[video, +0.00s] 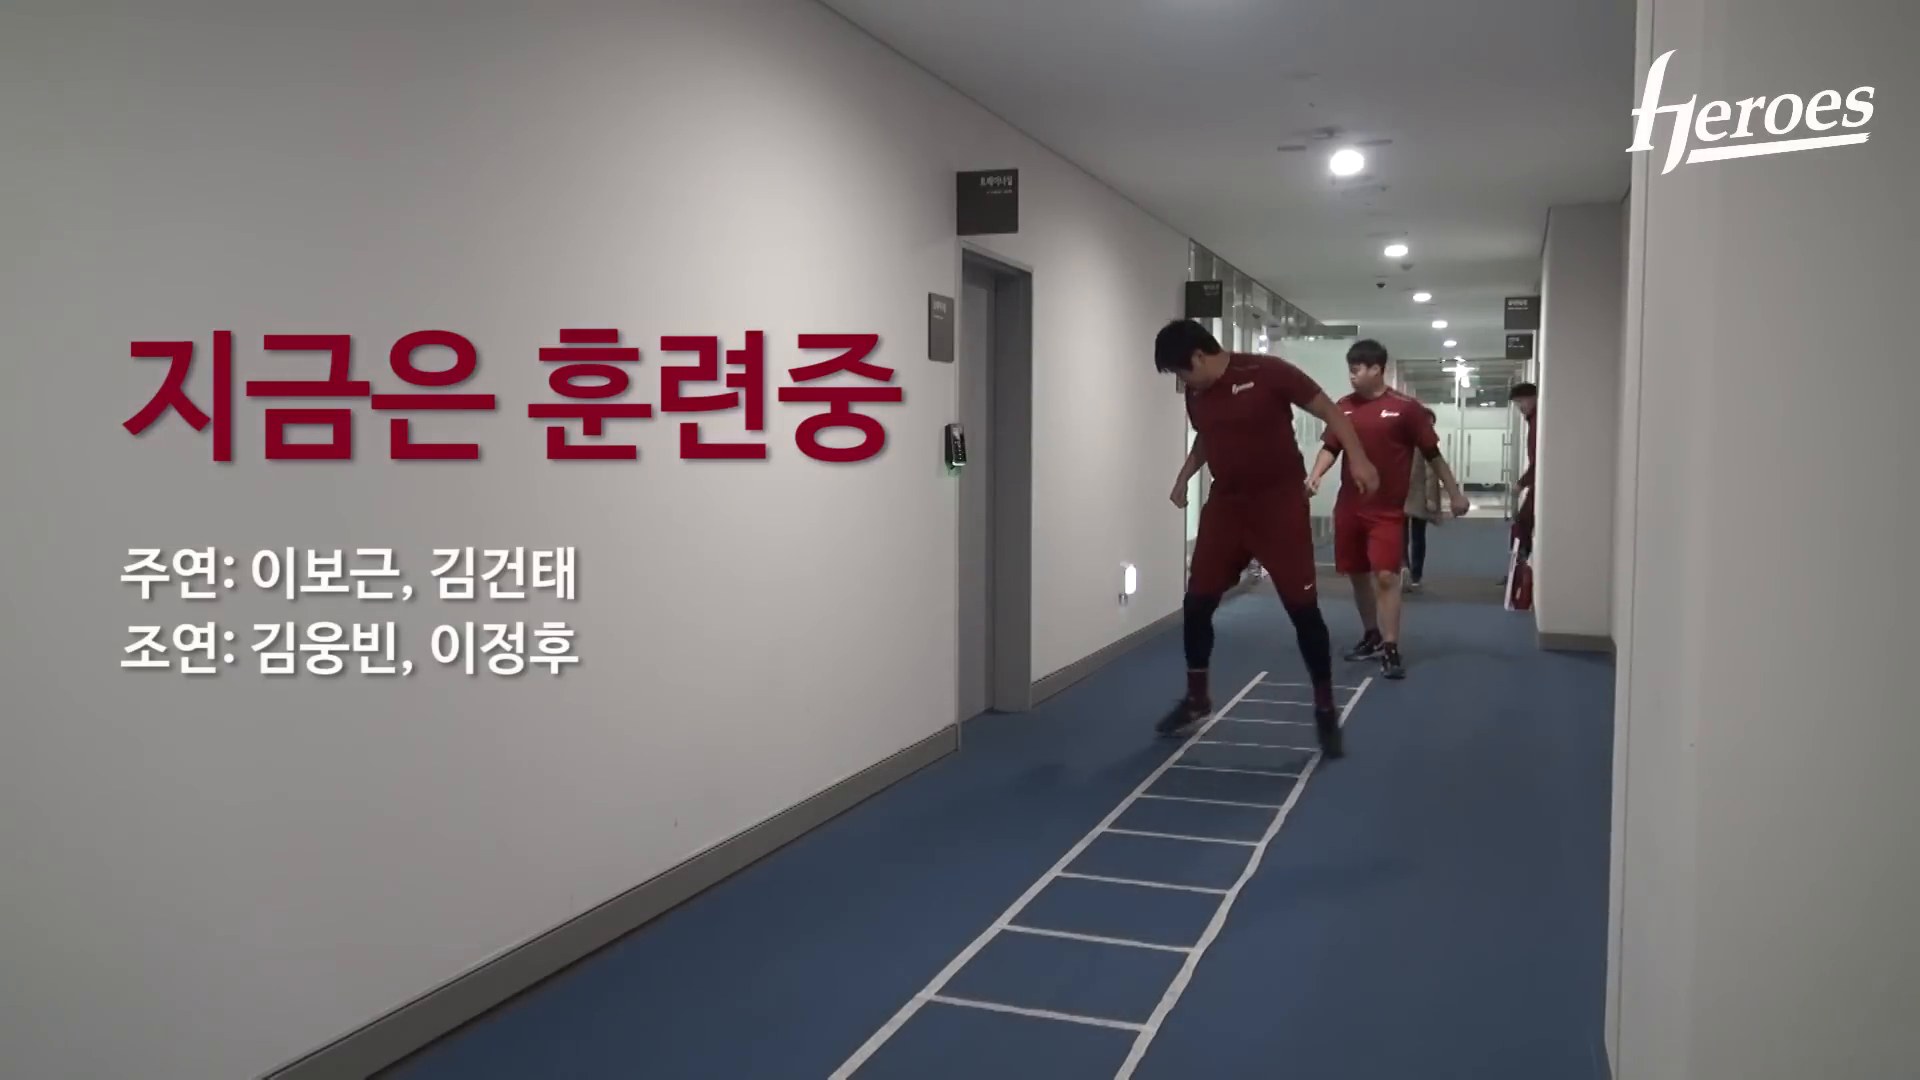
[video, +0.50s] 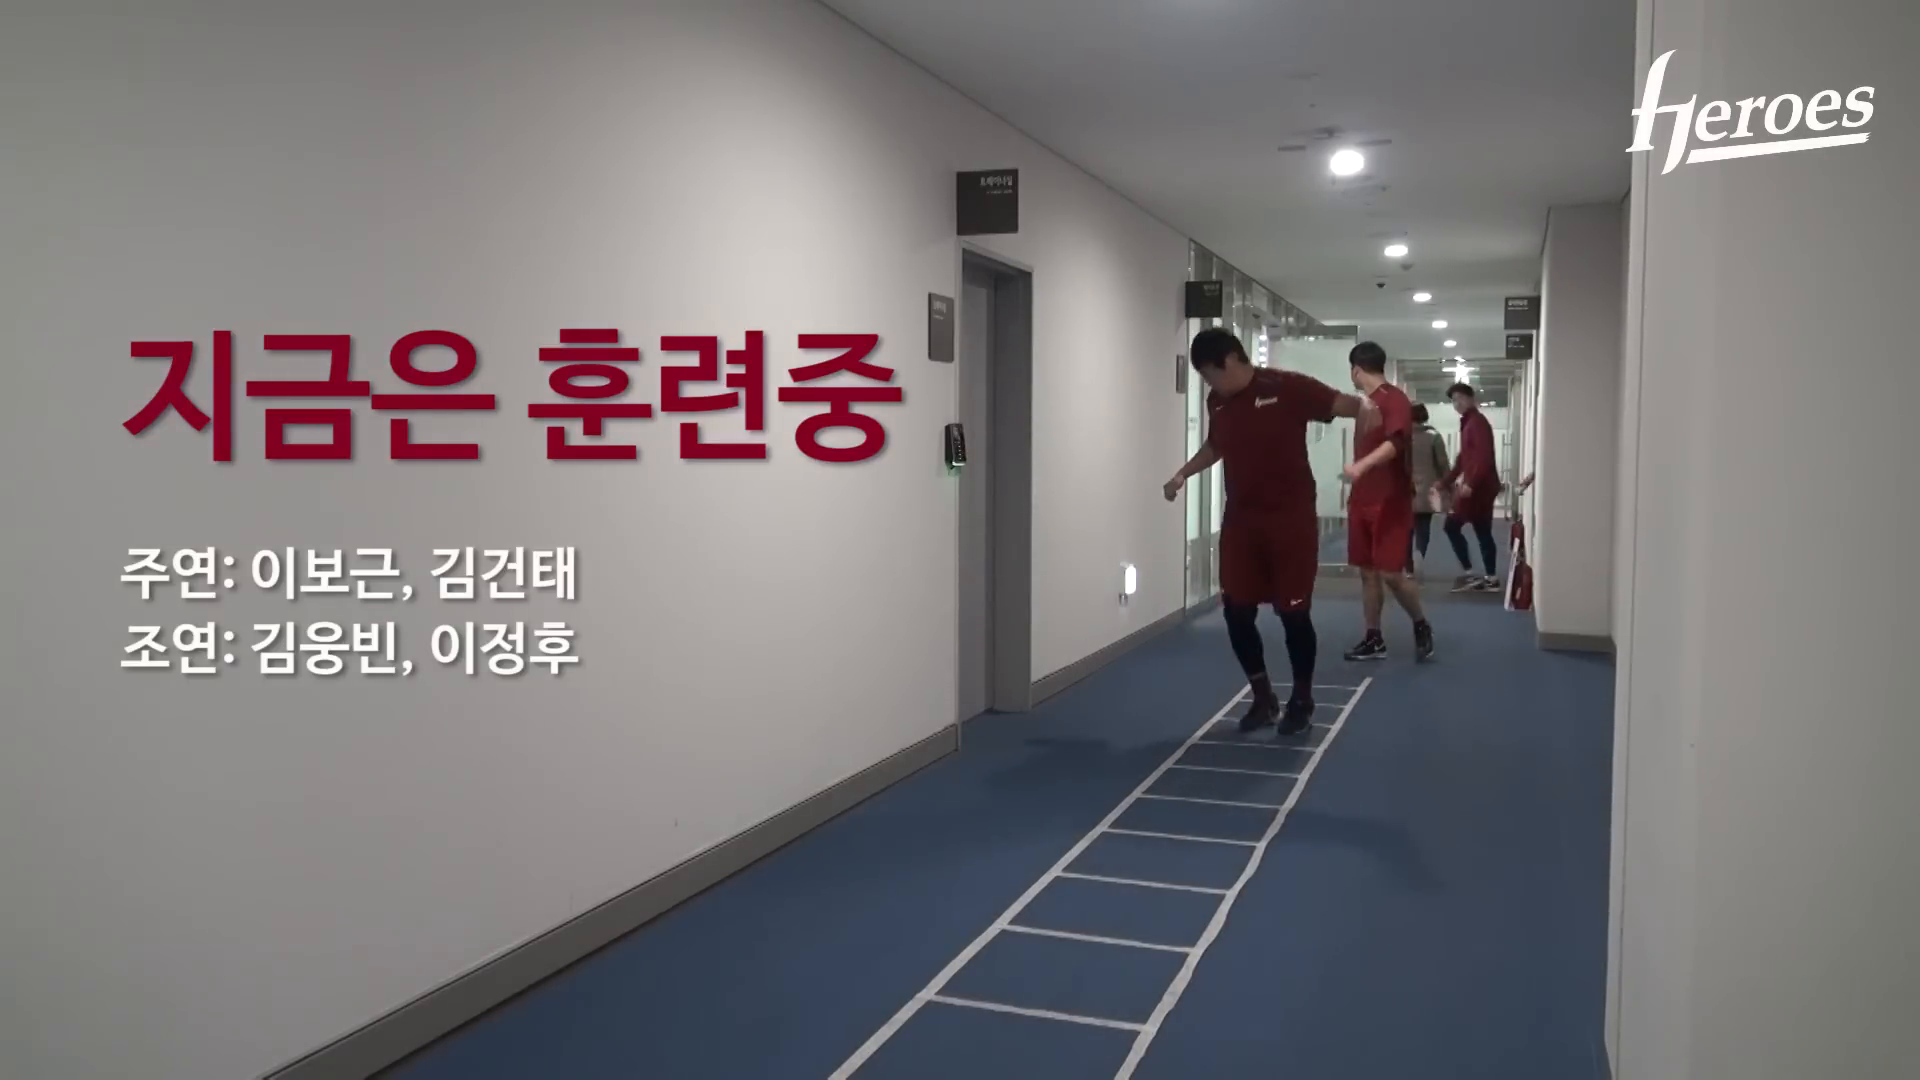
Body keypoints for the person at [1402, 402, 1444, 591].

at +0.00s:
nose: (1427, 427)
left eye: (1429, 423)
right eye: (1423, 423)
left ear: (1431, 425)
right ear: (1414, 424)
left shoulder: (1429, 449)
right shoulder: (1403, 444)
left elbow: (1432, 476)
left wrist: (1432, 501)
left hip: (1417, 497)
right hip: (1399, 496)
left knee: (1417, 537)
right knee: (1401, 536)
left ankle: (1416, 575)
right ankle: (1404, 567)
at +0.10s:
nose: (1428, 427)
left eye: (1431, 423)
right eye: (1425, 423)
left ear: (1434, 425)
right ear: (1417, 424)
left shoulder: (1430, 444)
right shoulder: (1406, 442)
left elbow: (1434, 473)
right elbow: (1433, 474)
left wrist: (1438, 497)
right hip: (1405, 496)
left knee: (1419, 535)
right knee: (1404, 532)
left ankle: (1415, 574)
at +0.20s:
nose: (1434, 422)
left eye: (1434, 419)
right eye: (1433, 419)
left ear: (1416, 418)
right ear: (1427, 419)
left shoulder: (1405, 435)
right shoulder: (1431, 436)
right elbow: (1438, 465)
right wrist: (1446, 493)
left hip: (1402, 492)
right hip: (1421, 492)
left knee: (1404, 533)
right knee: (1419, 534)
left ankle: (1405, 566)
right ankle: (1415, 573)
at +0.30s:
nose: (1431, 421)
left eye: (1430, 417)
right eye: (1430, 417)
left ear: (1412, 418)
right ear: (1427, 418)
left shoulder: (1403, 435)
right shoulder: (1431, 437)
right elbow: (1443, 464)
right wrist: (1453, 489)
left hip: (1403, 488)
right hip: (1424, 489)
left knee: (1404, 530)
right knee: (1419, 531)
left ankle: (1405, 568)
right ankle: (1415, 572)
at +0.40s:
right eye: (1425, 417)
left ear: (1410, 419)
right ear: (1426, 418)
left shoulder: (1403, 438)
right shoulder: (1433, 438)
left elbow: (1399, 465)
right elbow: (1444, 465)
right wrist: (1456, 488)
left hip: (1405, 488)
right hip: (1425, 489)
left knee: (1405, 530)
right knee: (1420, 531)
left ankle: (1405, 567)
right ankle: (1416, 566)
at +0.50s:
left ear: (1408, 418)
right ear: (1425, 417)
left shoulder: (1402, 436)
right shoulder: (1433, 437)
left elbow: (1397, 464)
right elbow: (1442, 463)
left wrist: (1397, 484)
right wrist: (1449, 483)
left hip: (1405, 488)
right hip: (1426, 488)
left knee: (1406, 528)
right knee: (1423, 524)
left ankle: (1408, 566)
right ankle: (1420, 554)